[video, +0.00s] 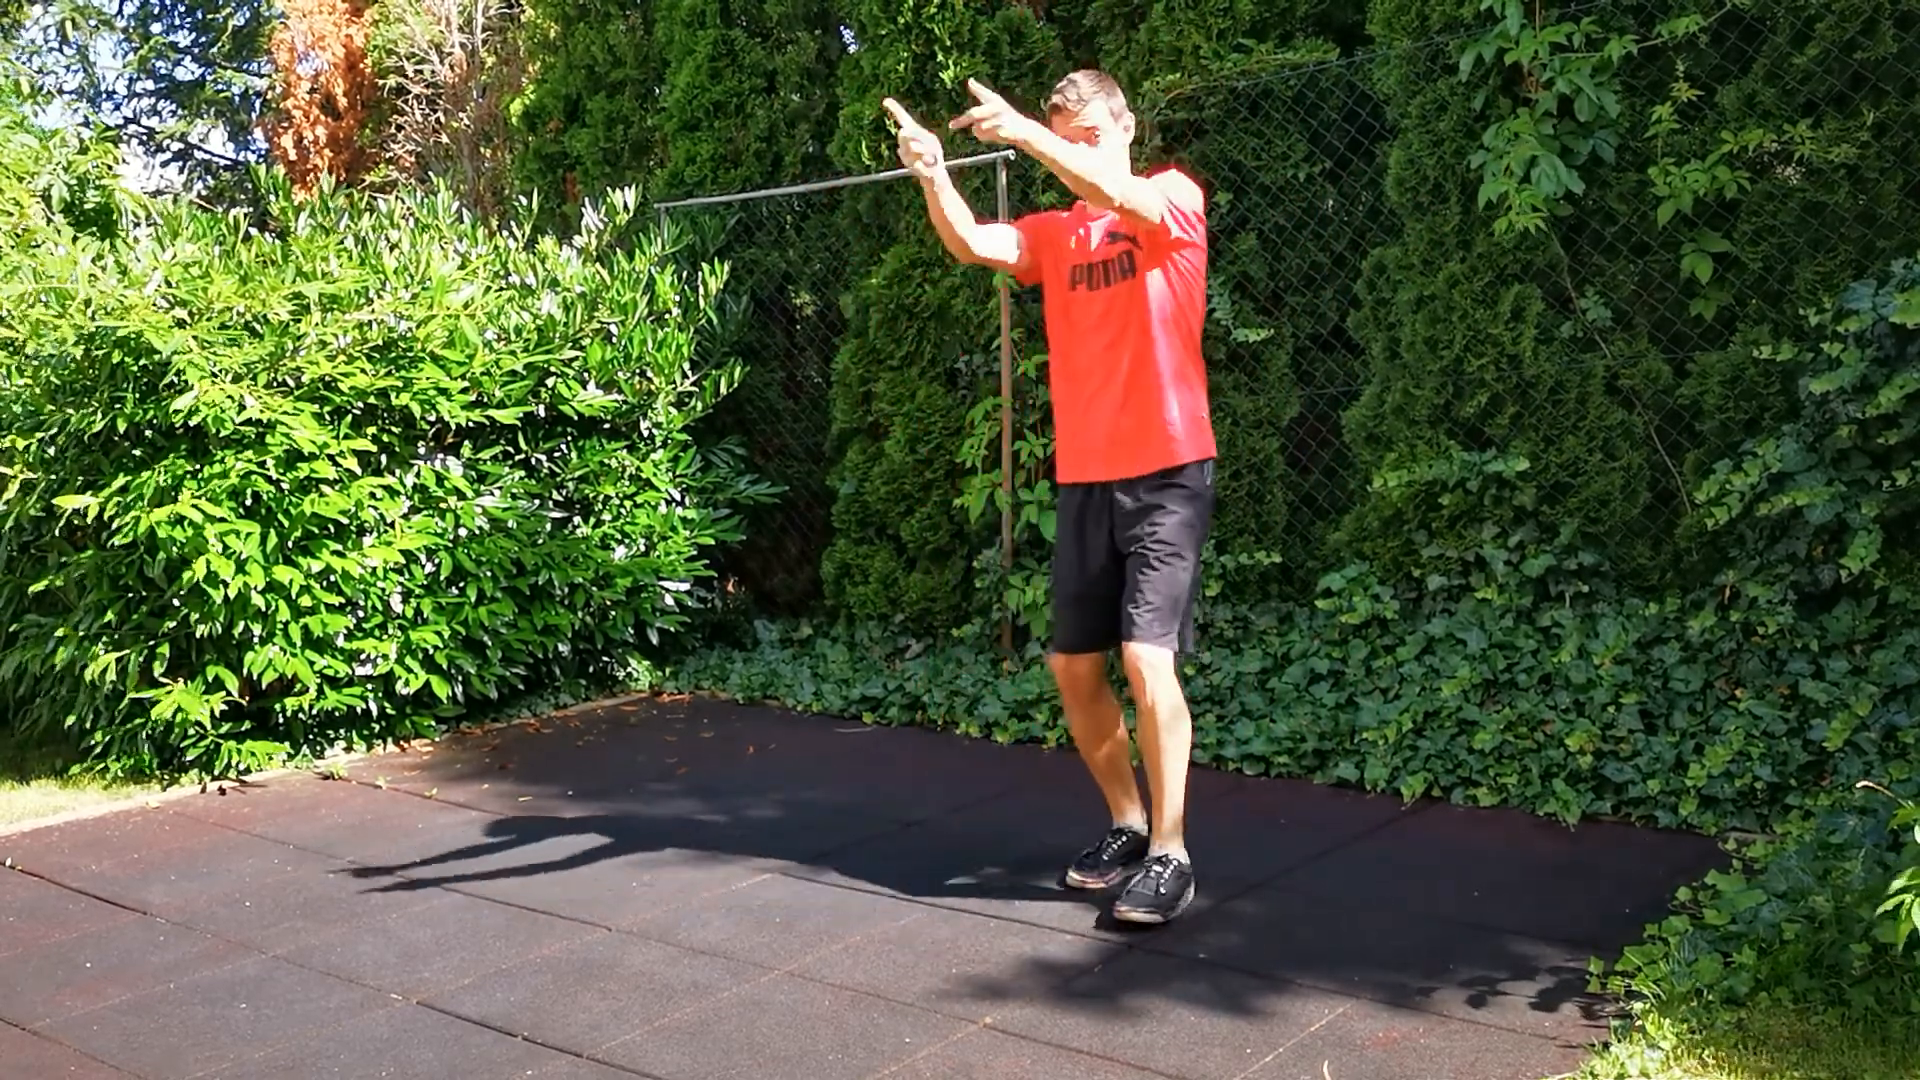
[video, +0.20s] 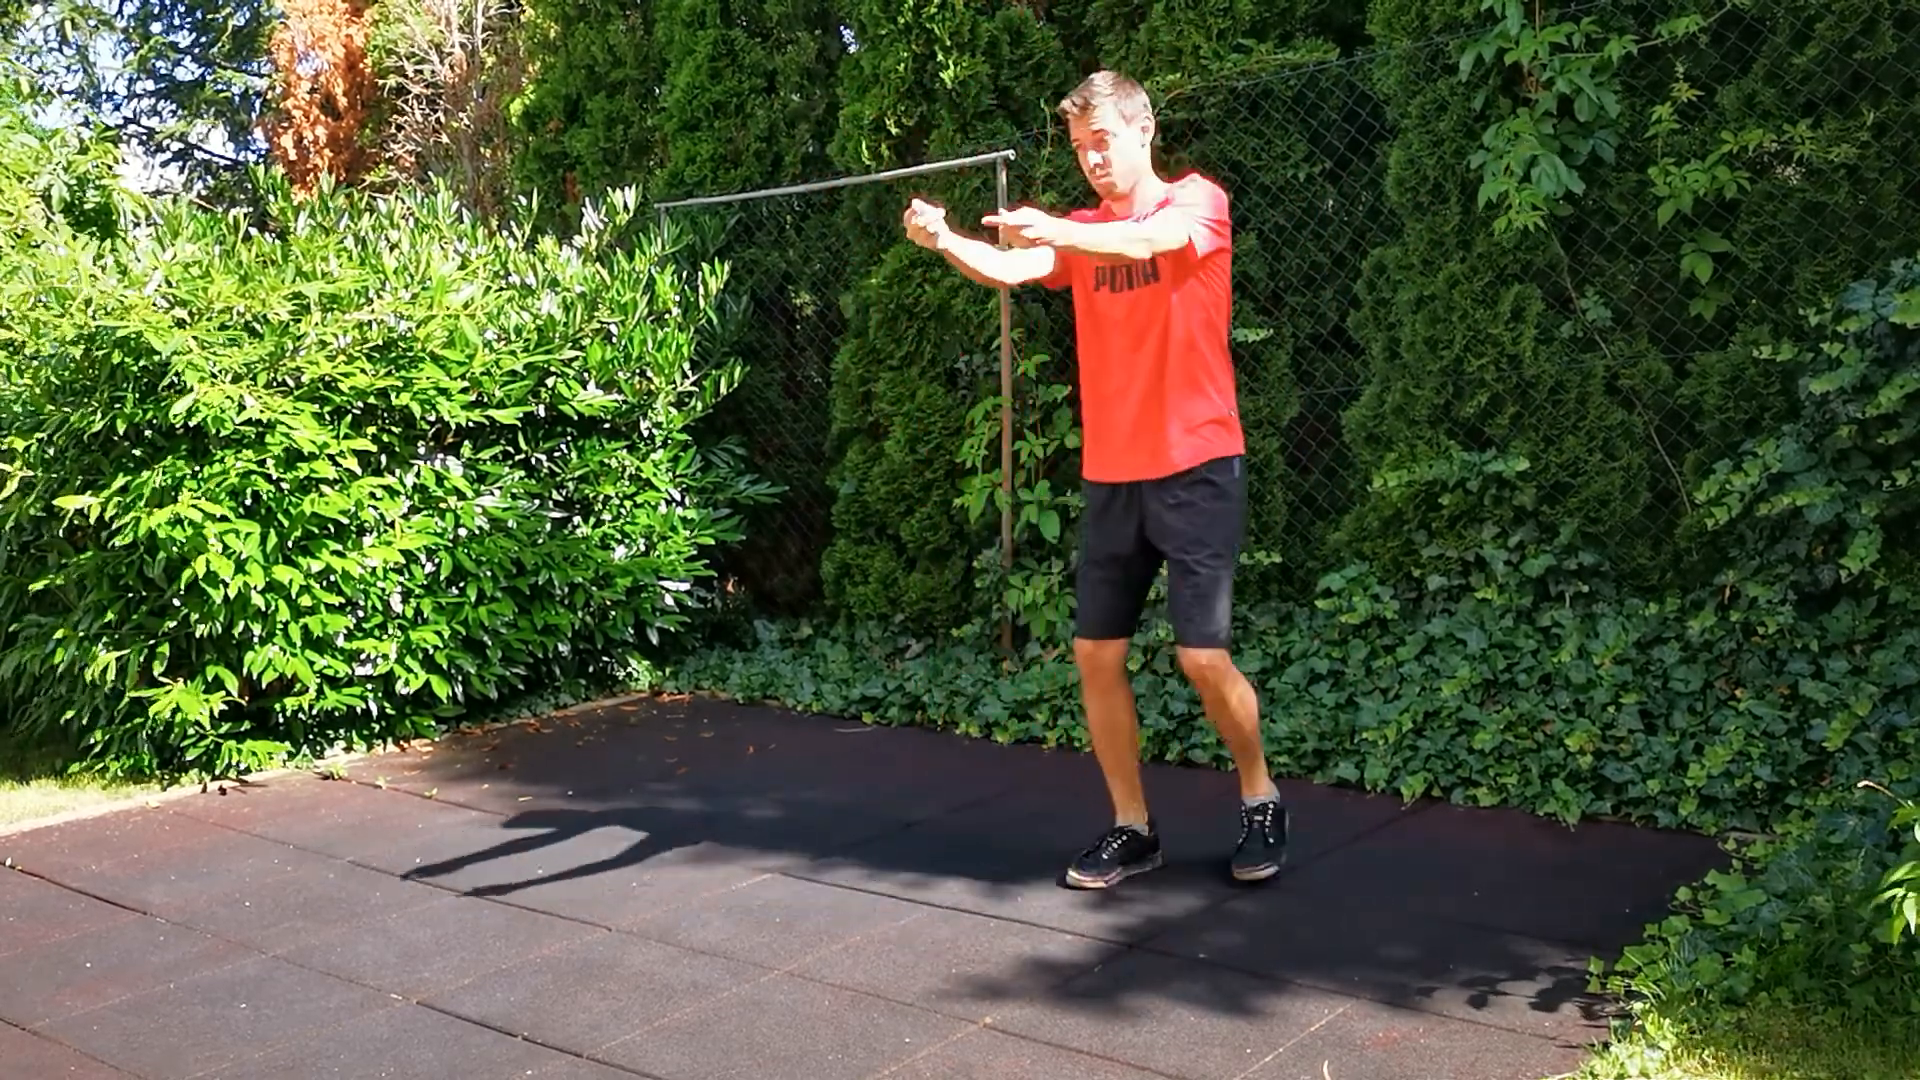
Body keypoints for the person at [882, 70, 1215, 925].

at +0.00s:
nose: (1079, 153)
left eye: (1089, 136)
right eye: (1066, 142)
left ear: (1126, 129)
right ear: (1051, 145)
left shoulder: (1175, 192)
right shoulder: (1053, 228)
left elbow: (1132, 202)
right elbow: (970, 243)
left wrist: (1025, 132)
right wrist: (933, 173)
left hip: (1167, 469)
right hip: (1084, 478)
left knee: (1145, 656)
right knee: (1074, 664)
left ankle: (1170, 854)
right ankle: (1132, 826)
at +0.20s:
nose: (1094, 159)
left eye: (1104, 142)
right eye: (1083, 148)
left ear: (1144, 134)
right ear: (1078, 152)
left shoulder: (1197, 196)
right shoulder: (1082, 227)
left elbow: (1151, 239)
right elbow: (1009, 269)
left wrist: (1050, 228)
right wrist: (946, 240)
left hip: (1197, 469)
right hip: (1112, 476)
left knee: (1201, 656)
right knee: (1097, 651)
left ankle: (1261, 805)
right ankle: (1133, 828)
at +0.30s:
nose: (1114, 160)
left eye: (1125, 143)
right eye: (1105, 149)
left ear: (1167, 133)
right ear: (1101, 153)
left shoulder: (1220, 201)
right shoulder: (1100, 229)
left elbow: (1168, 254)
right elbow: (1040, 284)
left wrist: (1086, 267)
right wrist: (969, 270)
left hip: (1215, 467)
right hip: (1123, 474)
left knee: (1238, 656)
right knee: (1106, 648)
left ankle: (1299, 792)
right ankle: (1131, 828)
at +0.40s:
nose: (1144, 165)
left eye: (1156, 147)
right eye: (1134, 152)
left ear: (1198, 139)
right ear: (1128, 156)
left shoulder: (1246, 214)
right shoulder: (1121, 238)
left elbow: (1182, 277)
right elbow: (1063, 302)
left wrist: (1100, 284)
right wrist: (995, 291)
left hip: (1237, 476)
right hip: (1144, 482)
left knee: (1269, 655)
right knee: (1109, 644)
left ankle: (1310, 799)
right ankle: (1132, 827)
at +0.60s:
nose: (1190, 162)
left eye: (1203, 145)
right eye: (1177, 150)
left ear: (1236, 146)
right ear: (1163, 158)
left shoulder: (1276, 223)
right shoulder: (1149, 242)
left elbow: (1219, 284)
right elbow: (1102, 304)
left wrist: (1140, 292)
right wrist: (1029, 301)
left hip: (1262, 482)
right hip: (1170, 483)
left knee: (1281, 662)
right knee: (1127, 639)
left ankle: (1312, 805)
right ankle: (1118, 830)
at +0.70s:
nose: (1195, 155)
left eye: (1207, 139)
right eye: (1180, 143)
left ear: (1236, 143)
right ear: (1163, 154)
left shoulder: (1275, 219)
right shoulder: (1147, 237)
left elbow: (1217, 277)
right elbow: (1099, 300)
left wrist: (1145, 280)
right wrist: (1030, 290)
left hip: (1261, 479)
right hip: (1168, 481)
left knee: (1282, 664)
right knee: (1131, 643)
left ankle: (1311, 803)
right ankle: (1116, 834)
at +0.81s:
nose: (1187, 151)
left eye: (1200, 134)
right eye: (1173, 139)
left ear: (1229, 140)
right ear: (1155, 151)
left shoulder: (1267, 215)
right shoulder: (1138, 233)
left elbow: (1230, 260)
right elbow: (1087, 297)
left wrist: (1185, 271)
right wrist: (1018, 282)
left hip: (1255, 477)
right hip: (1160, 479)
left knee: (1280, 659)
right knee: (1129, 647)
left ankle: (1310, 805)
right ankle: (1112, 834)